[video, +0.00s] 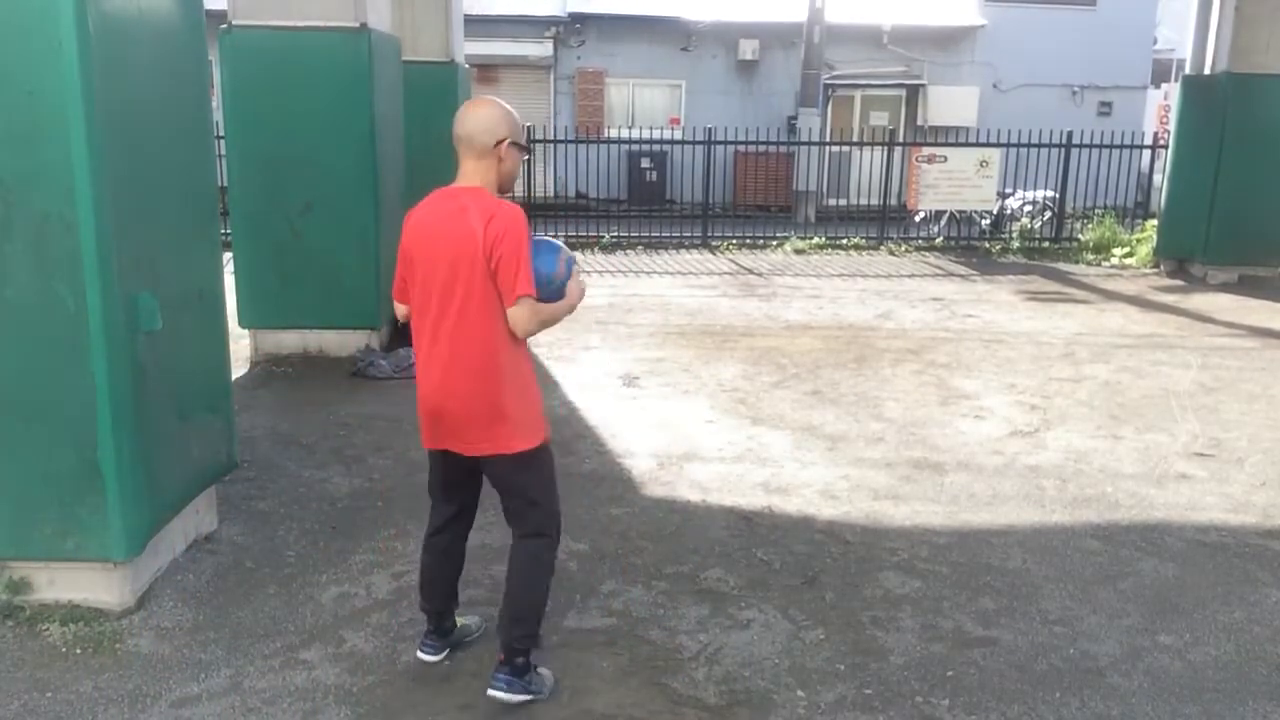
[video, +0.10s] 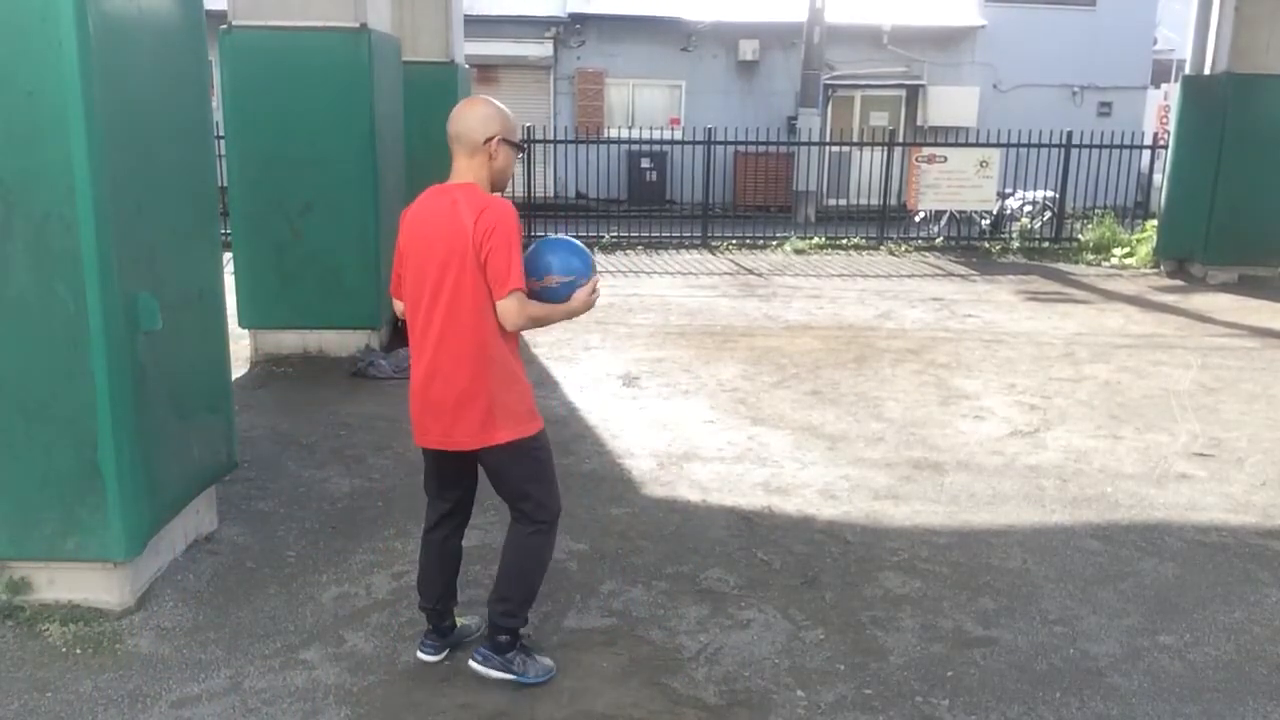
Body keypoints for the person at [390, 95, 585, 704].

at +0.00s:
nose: (521, 158)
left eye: (521, 147)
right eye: (519, 148)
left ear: (462, 148)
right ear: (500, 150)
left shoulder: (419, 215)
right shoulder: (502, 218)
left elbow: (405, 308)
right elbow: (522, 321)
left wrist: (488, 289)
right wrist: (566, 302)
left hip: (440, 404)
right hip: (502, 407)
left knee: (448, 514)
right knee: (536, 526)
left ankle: (437, 630)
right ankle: (515, 666)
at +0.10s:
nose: (516, 161)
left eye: (516, 149)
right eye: (514, 148)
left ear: (461, 148)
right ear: (491, 146)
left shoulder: (416, 211)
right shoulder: (493, 212)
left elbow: (406, 305)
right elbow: (512, 314)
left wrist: (507, 291)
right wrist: (573, 307)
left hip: (433, 400)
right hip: (492, 401)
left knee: (444, 511)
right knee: (537, 510)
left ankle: (437, 630)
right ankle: (501, 642)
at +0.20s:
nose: (516, 158)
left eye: (516, 147)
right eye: (514, 147)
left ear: (462, 146)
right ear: (492, 145)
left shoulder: (417, 210)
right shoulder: (492, 211)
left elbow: (411, 300)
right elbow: (506, 311)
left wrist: (506, 283)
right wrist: (566, 312)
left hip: (433, 398)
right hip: (491, 399)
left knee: (443, 511)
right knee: (528, 511)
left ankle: (437, 630)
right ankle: (488, 635)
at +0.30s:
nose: (518, 161)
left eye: (518, 150)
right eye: (516, 149)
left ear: (464, 148)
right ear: (494, 147)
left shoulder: (420, 210)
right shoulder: (494, 212)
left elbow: (417, 300)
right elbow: (506, 313)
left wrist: (506, 285)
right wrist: (565, 316)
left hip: (434, 400)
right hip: (489, 402)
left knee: (446, 511)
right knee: (519, 515)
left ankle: (437, 631)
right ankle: (477, 637)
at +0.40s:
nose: (521, 169)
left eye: (521, 158)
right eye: (519, 157)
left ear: (466, 157)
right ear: (499, 157)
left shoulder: (425, 217)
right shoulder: (498, 224)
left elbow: (427, 300)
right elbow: (517, 323)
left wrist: (515, 280)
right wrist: (572, 314)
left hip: (436, 406)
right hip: (490, 411)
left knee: (459, 502)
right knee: (512, 523)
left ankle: (442, 617)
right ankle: (468, 645)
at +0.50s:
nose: (522, 172)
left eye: (522, 162)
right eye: (520, 161)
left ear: (465, 161)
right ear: (501, 162)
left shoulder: (429, 218)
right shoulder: (500, 230)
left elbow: (456, 284)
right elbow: (539, 325)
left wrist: (523, 260)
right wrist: (585, 290)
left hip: (434, 395)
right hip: (485, 404)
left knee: (471, 485)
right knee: (515, 526)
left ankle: (447, 587)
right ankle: (469, 646)